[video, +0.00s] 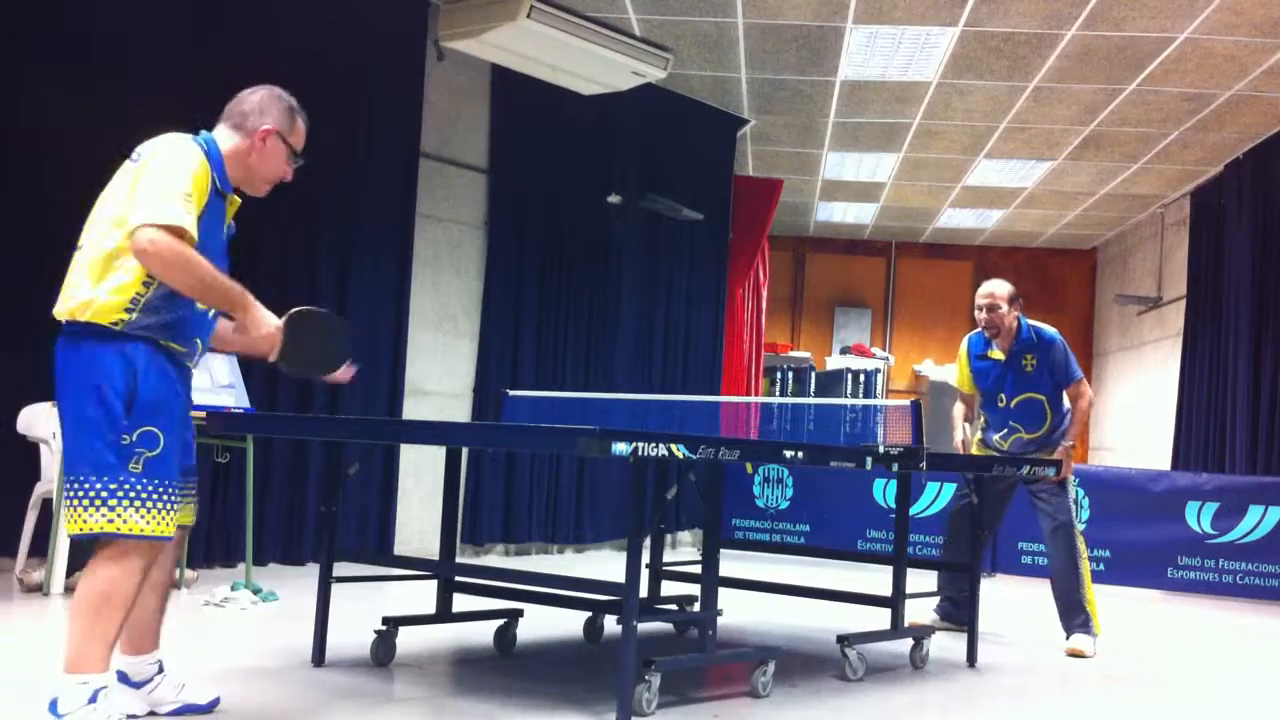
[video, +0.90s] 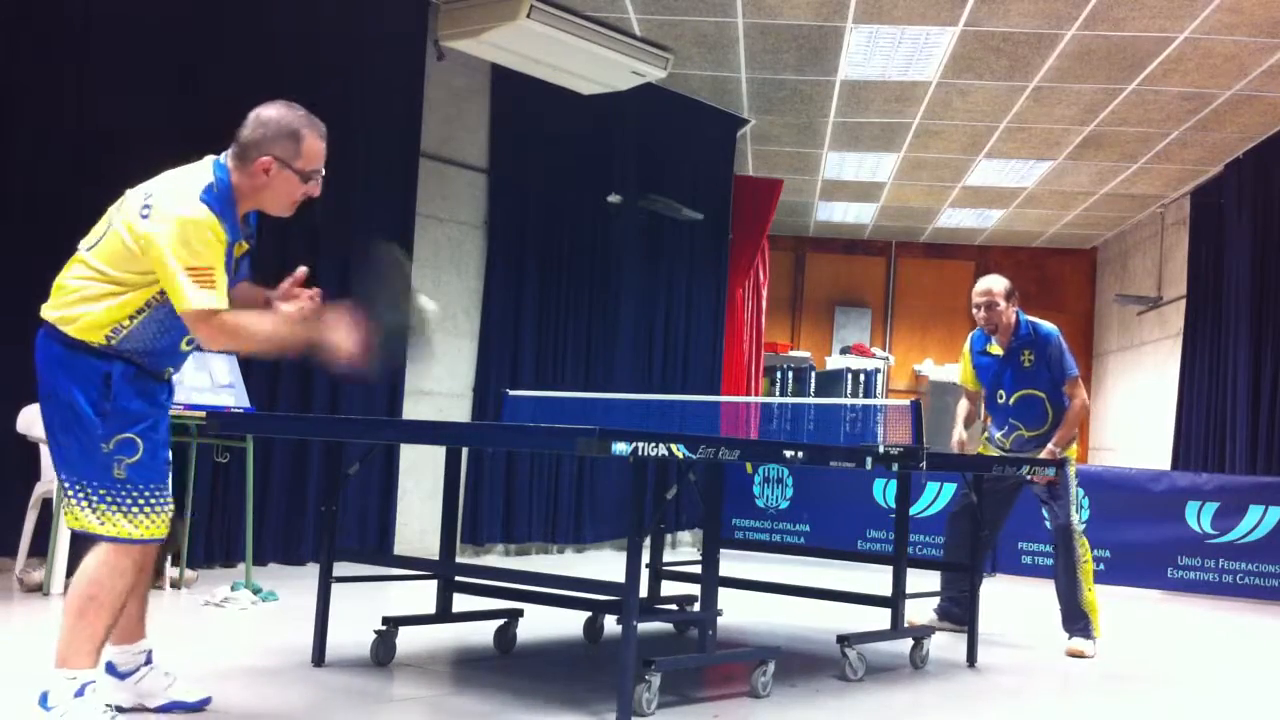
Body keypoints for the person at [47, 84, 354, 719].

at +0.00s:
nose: (290, 173)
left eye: (296, 161)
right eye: (292, 155)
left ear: (258, 141)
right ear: (260, 137)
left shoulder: (214, 208)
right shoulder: (179, 155)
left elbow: (196, 323)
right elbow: (155, 244)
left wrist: (299, 352)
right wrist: (247, 309)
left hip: (158, 365)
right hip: (113, 354)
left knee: (165, 527)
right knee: (131, 532)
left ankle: (137, 674)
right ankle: (78, 691)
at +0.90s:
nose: (316, 190)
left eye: (319, 176)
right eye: (308, 175)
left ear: (265, 165)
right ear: (264, 166)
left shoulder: (232, 205)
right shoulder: (189, 211)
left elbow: (215, 287)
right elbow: (212, 328)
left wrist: (272, 301)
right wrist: (303, 330)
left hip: (130, 361)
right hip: (89, 356)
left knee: (146, 522)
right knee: (131, 527)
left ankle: (127, 668)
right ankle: (67, 689)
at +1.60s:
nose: (351, 182)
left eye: (354, 171)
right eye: (352, 169)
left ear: (281, 156)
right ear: (330, 164)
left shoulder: (209, 196)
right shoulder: (323, 221)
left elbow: (132, 271)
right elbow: (313, 324)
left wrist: (174, 338)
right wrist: (300, 387)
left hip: (139, 366)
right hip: (225, 378)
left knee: (137, 518)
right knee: (276, 541)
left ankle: (85, 671)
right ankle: (254, 703)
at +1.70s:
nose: (351, 177)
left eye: (354, 166)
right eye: (351, 164)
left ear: (282, 154)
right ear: (330, 160)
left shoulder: (211, 197)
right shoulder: (318, 213)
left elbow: (137, 276)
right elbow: (311, 309)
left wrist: (181, 337)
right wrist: (314, 375)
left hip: (140, 364)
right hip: (222, 374)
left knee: (139, 518)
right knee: (276, 537)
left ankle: (82, 673)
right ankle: (255, 701)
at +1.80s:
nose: (345, 173)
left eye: (348, 162)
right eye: (346, 160)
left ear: (276, 152)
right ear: (326, 157)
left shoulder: (210, 198)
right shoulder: (308, 208)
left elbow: (140, 283)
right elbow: (297, 303)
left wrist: (200, 329)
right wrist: (314, 366)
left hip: (137, 366)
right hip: (215, 375)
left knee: (141, 522)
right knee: (277, 535)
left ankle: (83, 673)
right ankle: (254, 702)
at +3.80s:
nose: (357, 129)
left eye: (356, 115)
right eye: (347, 114)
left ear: (308, 120)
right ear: (304, 118)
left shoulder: (331, 197)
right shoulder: (195, 190)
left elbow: (403, 261)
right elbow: (106, 282)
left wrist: (422, 303)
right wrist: (134, 378)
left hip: (277, 409)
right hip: (197, 405)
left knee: (332, 541)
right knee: (189, 565)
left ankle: (265, 672)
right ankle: (89, 706)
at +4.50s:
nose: (684, 172)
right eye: (680, 165)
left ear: (612, 165)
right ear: (671, 165)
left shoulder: (585, 199)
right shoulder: (715, 220)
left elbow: (536, 248)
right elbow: (708, 312)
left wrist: (542, 363)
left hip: (622, 383)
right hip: (716, 388)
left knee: (559, 555)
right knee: (755, 572)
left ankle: (521, 707)